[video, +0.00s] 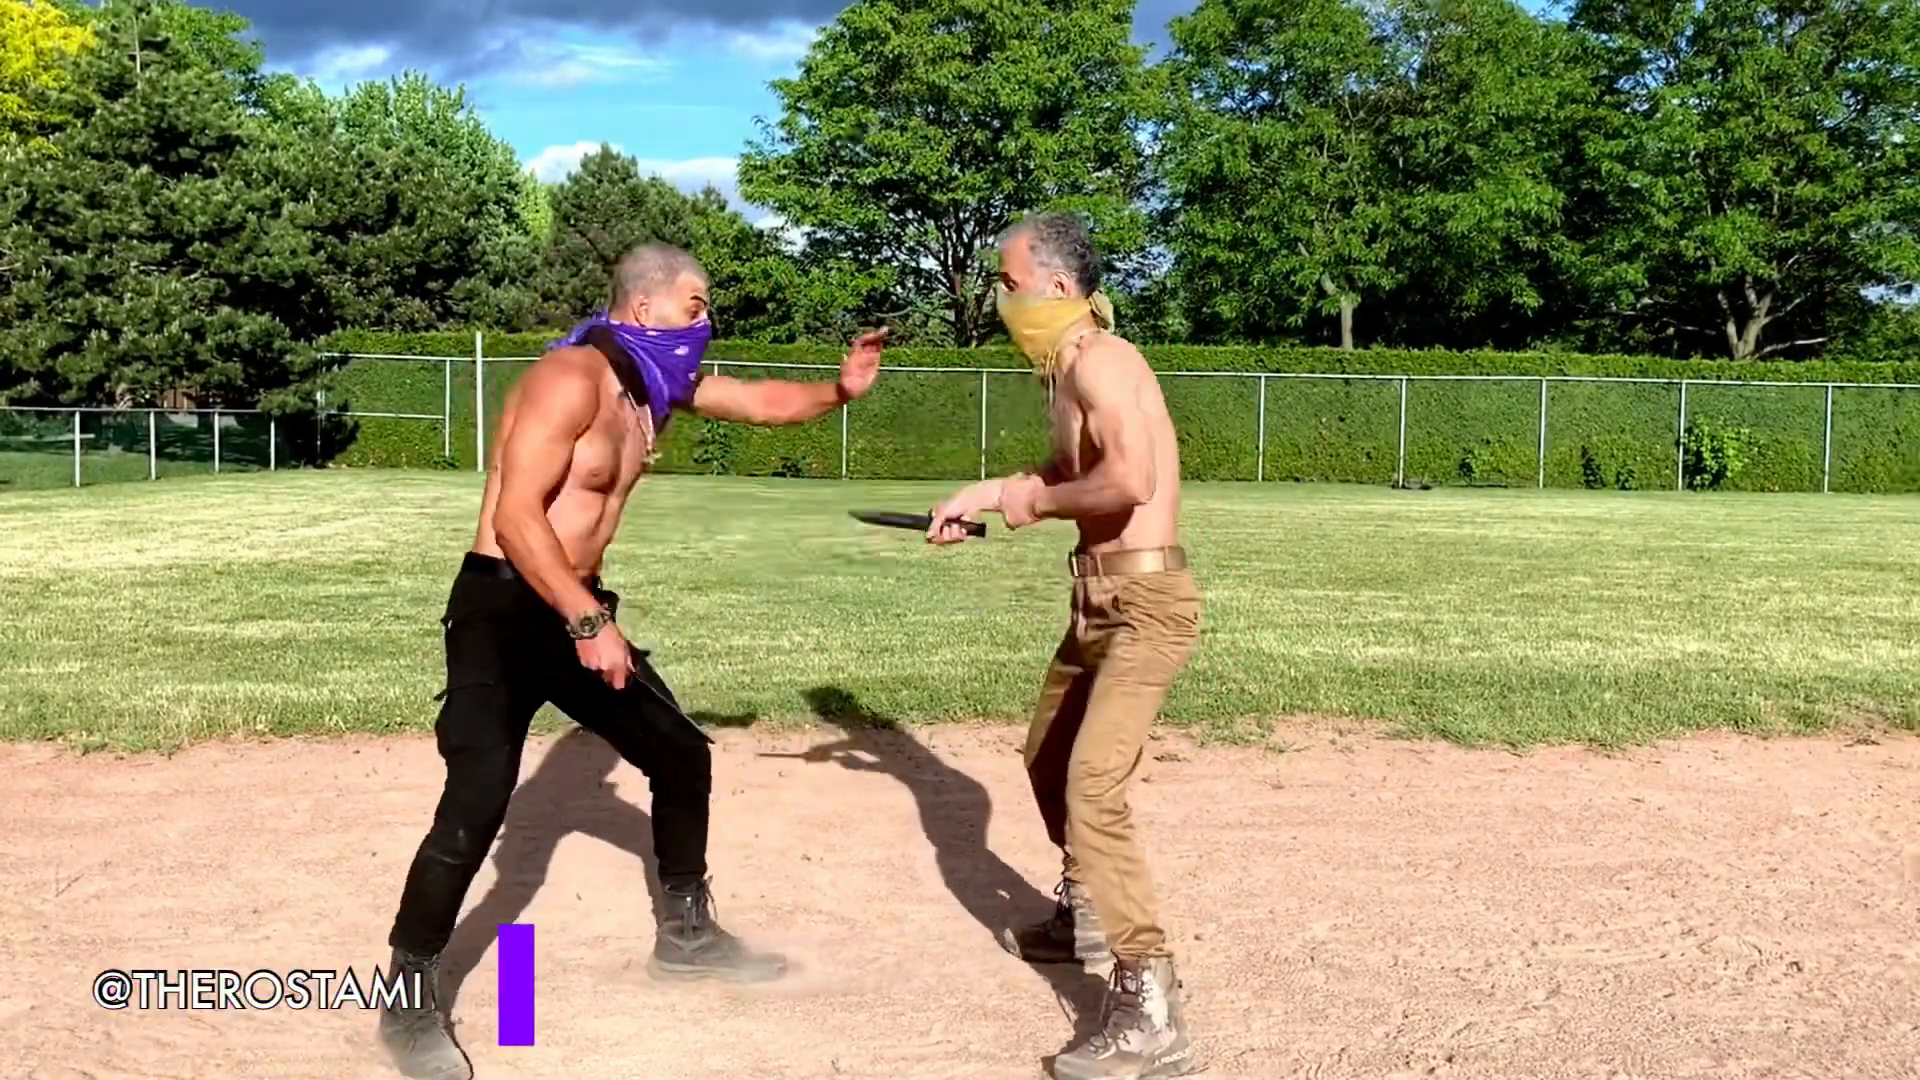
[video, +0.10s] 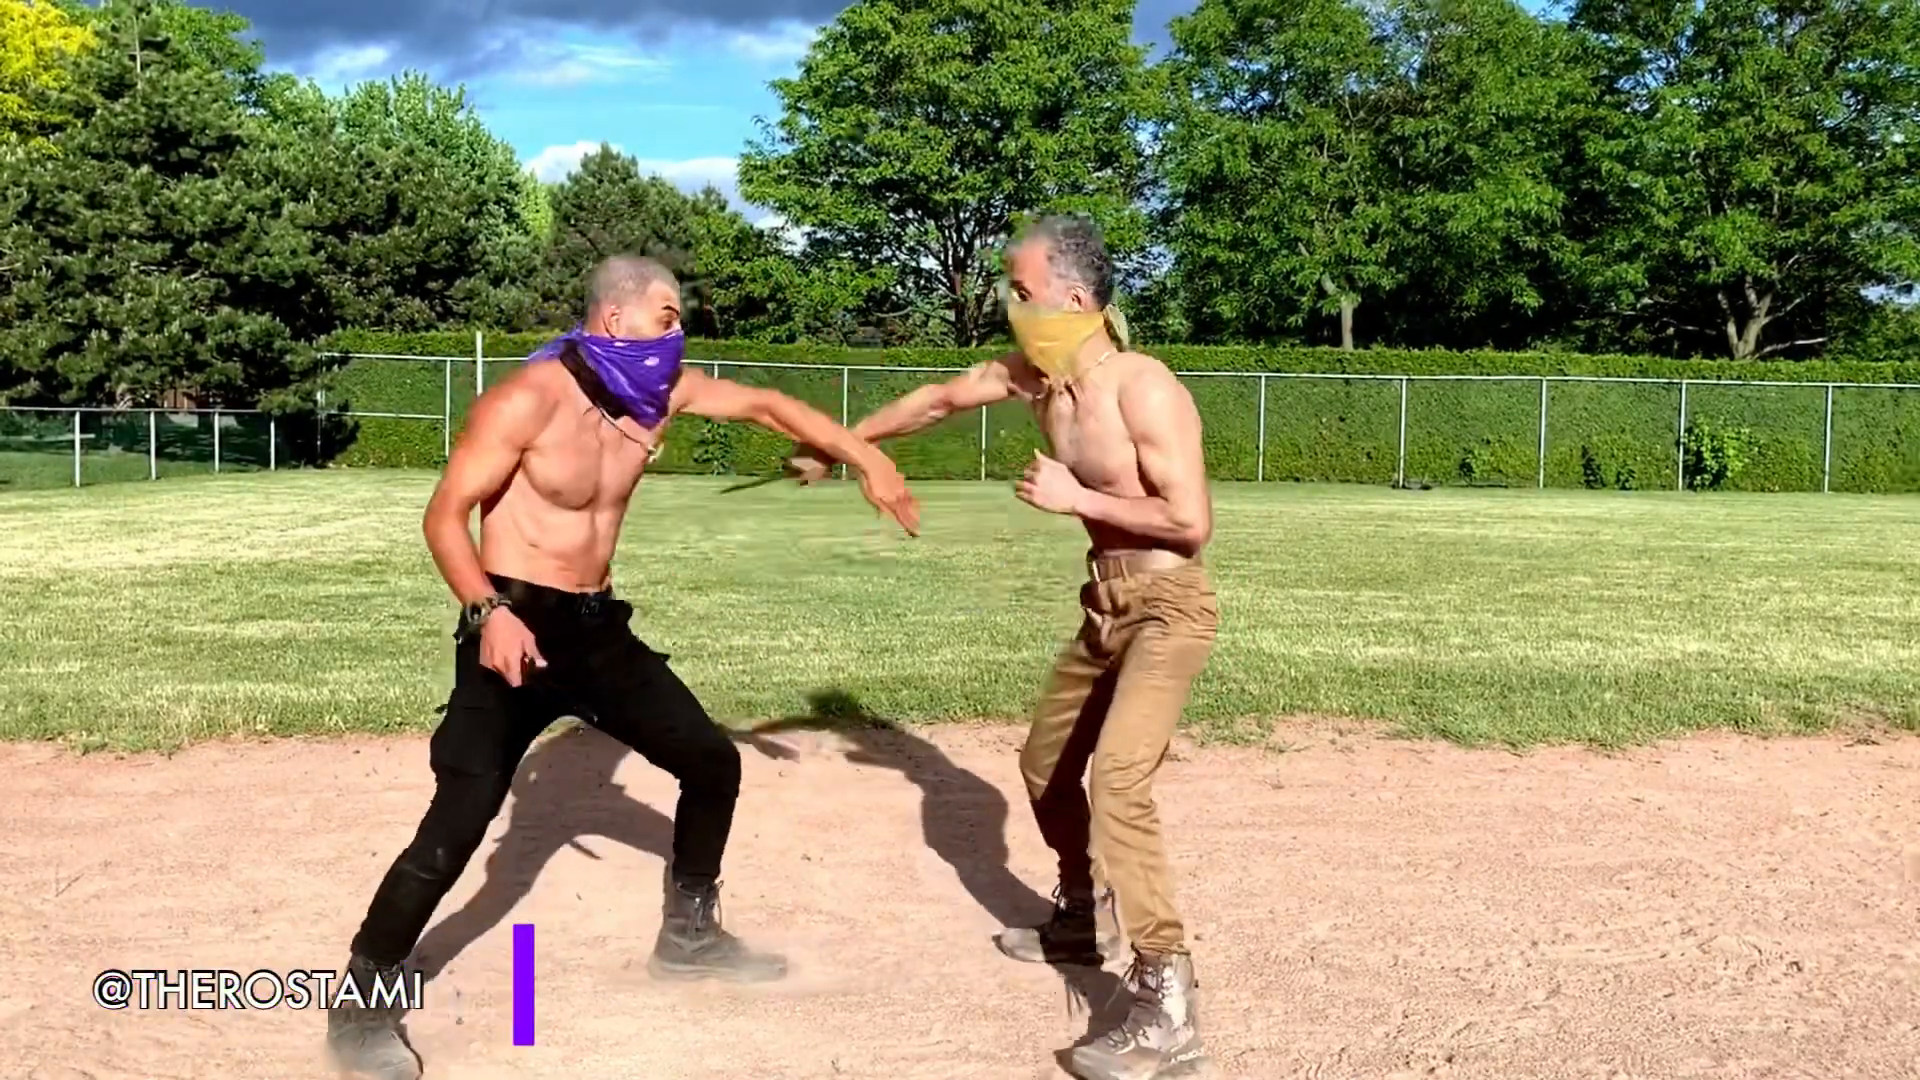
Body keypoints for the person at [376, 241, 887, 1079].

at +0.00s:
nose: (705, 326)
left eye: (706, 311)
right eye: (695, 309)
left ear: (659, 311)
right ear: (641, 307)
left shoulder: (650, 384)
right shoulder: (568, 378)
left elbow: (757, 399)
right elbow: (516, 513)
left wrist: (840, 390)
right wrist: (591, 618)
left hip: (572, 611)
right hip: (499, 607)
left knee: (681, 756)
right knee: (476, 804)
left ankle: (687, 932)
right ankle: (408, 993)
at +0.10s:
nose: (676, 337)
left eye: (679, 322)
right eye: (664, 320)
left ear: (639, 323)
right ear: (609, 322)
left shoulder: (661, 391)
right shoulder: (530, 395)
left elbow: (767, 403)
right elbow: (443, 513)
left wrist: (869, 460)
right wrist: (486, 609)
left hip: (597, 630)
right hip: (511, 629)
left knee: (712, 764)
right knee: (458, 823)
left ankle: (688, 934)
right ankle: (362, 1001)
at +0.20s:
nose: (654, 334)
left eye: (657, 322)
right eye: (642, 318)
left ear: (633, 326)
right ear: (586, 319)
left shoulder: (634, 397)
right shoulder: (514, 417)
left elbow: (672, 423)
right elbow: (482, 554)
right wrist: (562, 618)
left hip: (609, 626)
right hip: (524, 637)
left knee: (720, 762)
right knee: (465, 828)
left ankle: (690, 932)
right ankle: (358, 1000)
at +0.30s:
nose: (665, 318)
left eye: (665, 304)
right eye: (655, 303)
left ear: (607, 307)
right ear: (602, 304)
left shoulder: (606, 396)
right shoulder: (556, 398)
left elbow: (675, 433)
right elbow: (593, 548)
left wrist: (690, 380)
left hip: (601, 625)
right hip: (537, 631)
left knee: (702, 753)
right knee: (492, 819)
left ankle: (689, 931)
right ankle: (362, 997)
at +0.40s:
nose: (663, 304)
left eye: (662, 288)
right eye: (656, 288)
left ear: (590, 286)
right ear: (613, 291)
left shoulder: (542, 350)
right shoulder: (610, 397)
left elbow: (596, 427)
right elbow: (736, 469)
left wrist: (672, 411)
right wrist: (843, 412)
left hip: (594, 612)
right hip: (544, 617)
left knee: (683, 752)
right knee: (485, 810)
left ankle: (688, 931)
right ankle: (366, 994)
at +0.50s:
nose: (667, 298)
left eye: (669, 284)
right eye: (661, 283)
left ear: (603, 277)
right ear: (618, 280)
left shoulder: (564, 337)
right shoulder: (584, 388)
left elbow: (597, 457)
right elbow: (688, 507)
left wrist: (658, 393)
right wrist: (792, 451)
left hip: (612, 596)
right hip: (549, 602)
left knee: (689, 752)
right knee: (492, 795)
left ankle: (689, 931)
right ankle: (380, 984)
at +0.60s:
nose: (672, 297)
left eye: (673, 284)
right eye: (663, 282)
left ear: (623, 282)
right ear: (614, 283)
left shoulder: (636, 354)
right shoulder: (539, 385)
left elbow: (709, 352)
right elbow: (560, 540)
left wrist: (766, 320)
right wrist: (670, 542)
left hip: (611, 602)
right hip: (528, 607)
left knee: (702, 754)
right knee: (473, 803)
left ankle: (694, 928)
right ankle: (380, 987)